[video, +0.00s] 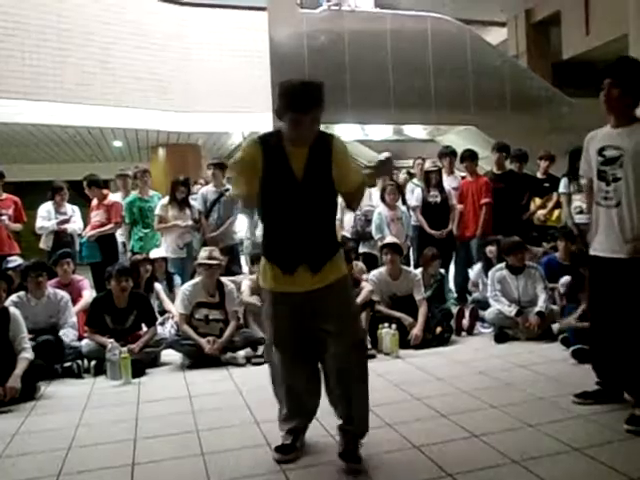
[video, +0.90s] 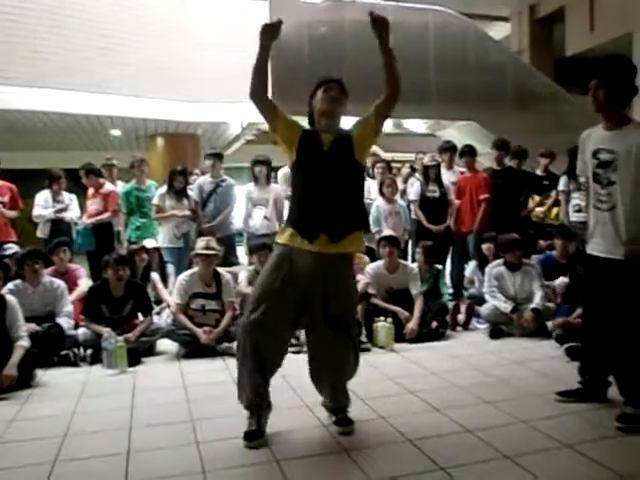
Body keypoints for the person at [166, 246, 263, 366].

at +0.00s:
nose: (210, 271)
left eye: (214, 267)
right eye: (206, 267)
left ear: (220, 269)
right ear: (199, 269)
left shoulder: (228, 289)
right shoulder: (188, 289)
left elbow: (234, 320)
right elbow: (182, 323)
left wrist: (221, 342)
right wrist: (201, 341)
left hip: (222, 334)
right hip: (197, 334)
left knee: (251, 337)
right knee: (173, 342)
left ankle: (200, 360)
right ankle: (221, 358)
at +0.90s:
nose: (207, 261)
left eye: (211, 257)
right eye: (203, 257)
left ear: (217, 259)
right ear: (196, 259)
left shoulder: (225, 279)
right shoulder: (185, 279)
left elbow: (230, 310)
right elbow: (177, 311)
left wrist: (217, 332)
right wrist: (197, 331)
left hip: (217, 325)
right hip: (192, 325)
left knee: (239, 332)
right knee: (169, 332)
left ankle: (190, 350)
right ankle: (217, 349)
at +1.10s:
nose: (202, 238)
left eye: (205, 233)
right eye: (197, 234)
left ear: (212, 235)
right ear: (191, 235)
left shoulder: (219, 256)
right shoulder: (180, 256)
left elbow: (225, 287)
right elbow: (172, 287)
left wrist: (212, 309)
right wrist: (192, 307)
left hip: (211, 301)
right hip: (187, 301)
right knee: (183, 323)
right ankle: (216, 324)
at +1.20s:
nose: (202, 241)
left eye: (206, 237)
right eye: (198, 237)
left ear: (213, 237)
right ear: (191, 238)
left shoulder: (221, 258)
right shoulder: (182, 258)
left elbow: (227, 289)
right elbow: (175, 290)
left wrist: (214, 311)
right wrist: (195, 310)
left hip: (214, 302)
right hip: (190, 302)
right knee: (184, 327)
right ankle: (220, 326)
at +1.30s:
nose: (202, 239)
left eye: (206, 235)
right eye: (198, 235)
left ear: (213, 237)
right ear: (192, 238)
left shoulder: (222, 257)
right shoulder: (182, 258)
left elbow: (228, 288)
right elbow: (175, 290)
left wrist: (214, 311)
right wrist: (195, 309)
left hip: (215, 303)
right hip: (191, 303)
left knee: (241, 304)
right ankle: (218, 326)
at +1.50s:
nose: (206, 239)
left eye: (210, 235)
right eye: (202, 235)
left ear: (216, 237)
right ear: (195, 237)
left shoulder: (224, 257)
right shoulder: (185, 258)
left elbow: (230, 288)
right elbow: (178, 290)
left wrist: (218, 310)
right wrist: (198, 310)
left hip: (218, 304)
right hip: (194, 304)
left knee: (245, 304)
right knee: (168, 310)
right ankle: (220, 326)